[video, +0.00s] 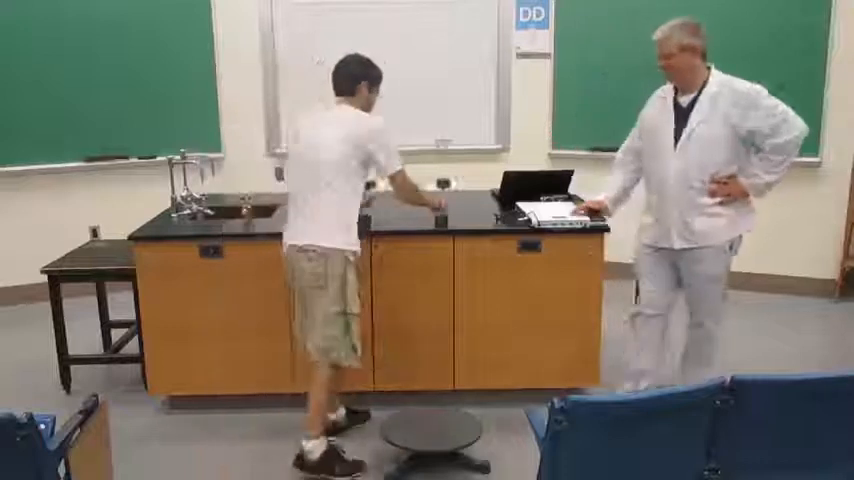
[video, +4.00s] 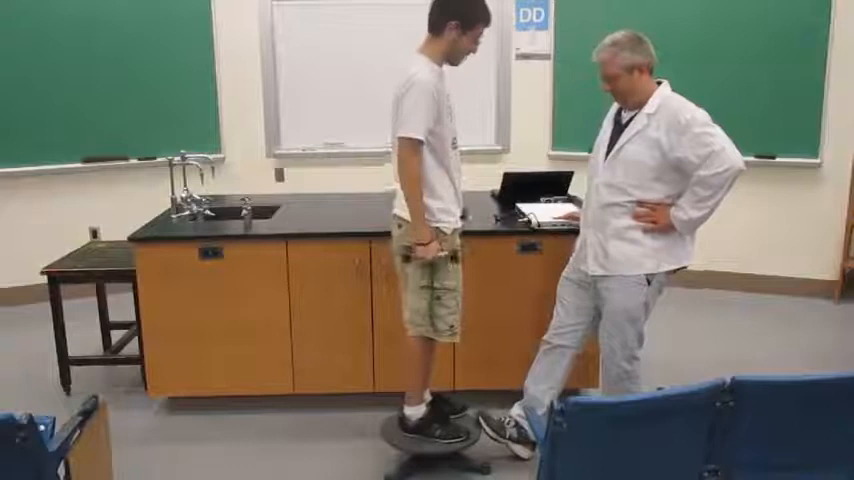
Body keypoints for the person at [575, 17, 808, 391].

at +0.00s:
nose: (661, 65)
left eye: (667, 57)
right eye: (660, 57)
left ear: (694, 53)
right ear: (674, 55)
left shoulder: (737, 96)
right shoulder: (659, 101)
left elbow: (791, 132)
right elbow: (632, 158)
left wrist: (752, 182)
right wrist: (607, 201)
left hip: (709, 234)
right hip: (658, 231)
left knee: (702, 322)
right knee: (649, 314)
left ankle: (694, 400)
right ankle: (639, 395)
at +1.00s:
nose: (600, 79)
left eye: (605, 70)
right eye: (598, 71)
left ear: (633, 61)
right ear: (627, 63)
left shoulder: (676, 99)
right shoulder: (615, 103)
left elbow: (732, 143)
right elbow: (618, 171)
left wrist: (692, 199)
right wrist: (593, 211)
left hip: (652, 246)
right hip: (612, 242)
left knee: (634, 344)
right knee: (609, 336)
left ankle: (633, 429)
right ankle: (612, 423)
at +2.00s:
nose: (578, 88)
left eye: (582, 78)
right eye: (574, 79)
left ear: (609, 68)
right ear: (599, 72)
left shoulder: (650, 105)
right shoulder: (596, 112)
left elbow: (700, 149)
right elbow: (603, 171)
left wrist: (663, 207)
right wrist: (582, 208)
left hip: (626, 254)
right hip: (583, 249)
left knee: (618, 352)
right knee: (561, 336)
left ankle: (617, 434)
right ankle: (528, 420)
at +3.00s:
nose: (584, 91)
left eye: (589, 81)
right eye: (581, 83)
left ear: (615, 70)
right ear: (604, 74)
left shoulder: (657, 108)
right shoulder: (597, 112)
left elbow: (709, 151)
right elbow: (597, 169)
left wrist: (670, 208)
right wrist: (581, 203)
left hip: (631, 256)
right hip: (585, 250)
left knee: (620, 355)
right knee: (561, 338)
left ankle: (617, 438)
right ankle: (528, 424)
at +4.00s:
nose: (605, 88)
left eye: (610, 78)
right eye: (602, 79)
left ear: (641, 71)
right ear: (629, 73)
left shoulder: (679, 115)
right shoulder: (619, 111)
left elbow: (726, 164)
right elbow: (616, 174)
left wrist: (679, 216)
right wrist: (594, 212)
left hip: (634, 260)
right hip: (591, 251)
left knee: (619, 360)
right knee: (561, 338)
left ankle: (619, 445)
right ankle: (527, 424)